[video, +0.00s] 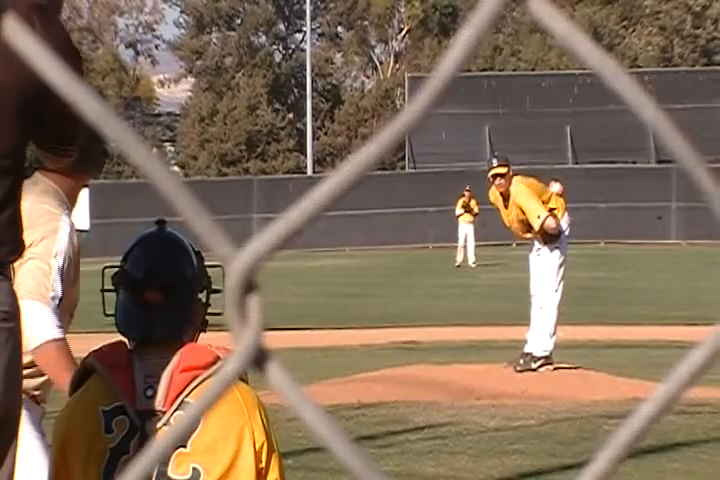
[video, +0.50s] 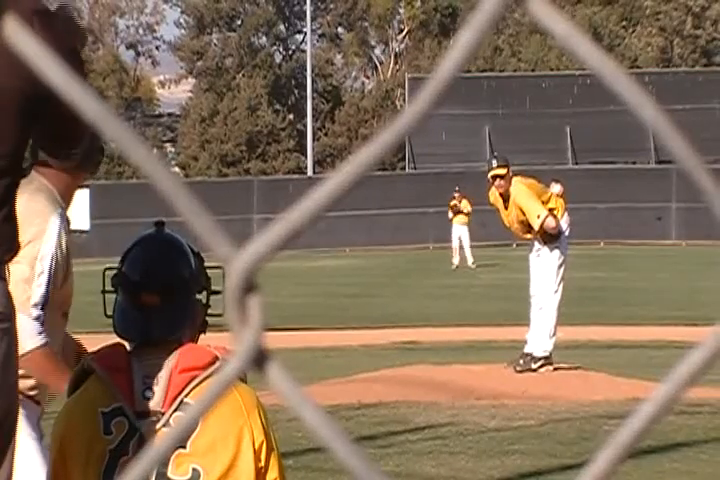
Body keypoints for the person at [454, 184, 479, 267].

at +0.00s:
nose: (467, 193)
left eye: (469, 191)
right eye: (466, 191)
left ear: (471, 193)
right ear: (464, 192)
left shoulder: (473, 201)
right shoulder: (461, 201)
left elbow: (476, 212)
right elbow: (457, 213)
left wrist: (470, 209)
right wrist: (464, 209)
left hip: (470, 223)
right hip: (462, 222)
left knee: (471, 242)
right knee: (461, 242)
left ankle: (471, 260)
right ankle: (459, 260)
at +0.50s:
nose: (457, 195)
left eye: (458, 193)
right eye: (455, 193)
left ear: (461, 194)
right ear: (453, 194)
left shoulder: (464, 201)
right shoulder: (452, 203)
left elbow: (469, 210)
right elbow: (450, 216)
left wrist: (461, 209)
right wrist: (454, 210)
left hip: (464, 224)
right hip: (455, 224)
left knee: (466, 243)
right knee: (455, 244)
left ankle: (470, 261)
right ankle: (455, 261)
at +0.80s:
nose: (452, 194)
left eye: (453, 192)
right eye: (451, 192)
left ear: (456, 193)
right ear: (449, 193)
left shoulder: (460, 201)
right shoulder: (449, 202)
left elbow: (464, 209)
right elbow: (446, 214)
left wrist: (456, 209)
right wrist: (448, 212)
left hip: (460, 223)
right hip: (452, 223)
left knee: (462, 242)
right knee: (453, 243)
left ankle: (465, 260)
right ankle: (454, 261)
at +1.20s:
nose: (451, 196)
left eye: (453, 194)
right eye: (450, 195)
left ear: (455, 195)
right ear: (449, 195)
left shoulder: (459, 202)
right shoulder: (447, 203)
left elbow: (462, 210)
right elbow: (443, 215)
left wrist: (454, 209)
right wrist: (447, 208)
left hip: (457, 223)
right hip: (450, 223)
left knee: (456, 241)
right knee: (451, 242)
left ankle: (456, 260)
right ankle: (453, 259)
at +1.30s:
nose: (451, 197)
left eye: (453, 195)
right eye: (450, 195)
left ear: (455, 195)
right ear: (448, 195)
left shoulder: (459, 203)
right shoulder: (447, 203)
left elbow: (462, 211)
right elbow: (443, 215)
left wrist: (454, 209)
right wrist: (448, 208)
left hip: (457, 223)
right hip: (449, 223)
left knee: (456, 242)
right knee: (450, 243)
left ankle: (455, 261)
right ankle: (452, 260)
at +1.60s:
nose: (453, 194)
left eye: (454, 192)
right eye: (451, 192)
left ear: (456, 193)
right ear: (449, 193)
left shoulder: (459, 202)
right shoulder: (446, 202)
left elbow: (462, 213)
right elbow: (442, 213)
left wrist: (455, 214)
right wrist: (446, 213)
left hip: (456, 224)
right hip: (448, 224)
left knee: (456, 243)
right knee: (447, 244)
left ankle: (454, 262)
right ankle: (450, 257)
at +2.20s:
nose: (445, 195)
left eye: (446, 193)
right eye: (443, 193)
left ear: (449, 193)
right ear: (441, 194)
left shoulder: (453, 202)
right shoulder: (440, 203)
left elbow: (458, 213)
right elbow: (437, 215)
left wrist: (461, 224)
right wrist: (441, 210)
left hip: (452, 223)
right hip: (443, 224)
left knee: (452, 244)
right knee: (444, 244)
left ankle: (453, 262)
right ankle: (445, 263)